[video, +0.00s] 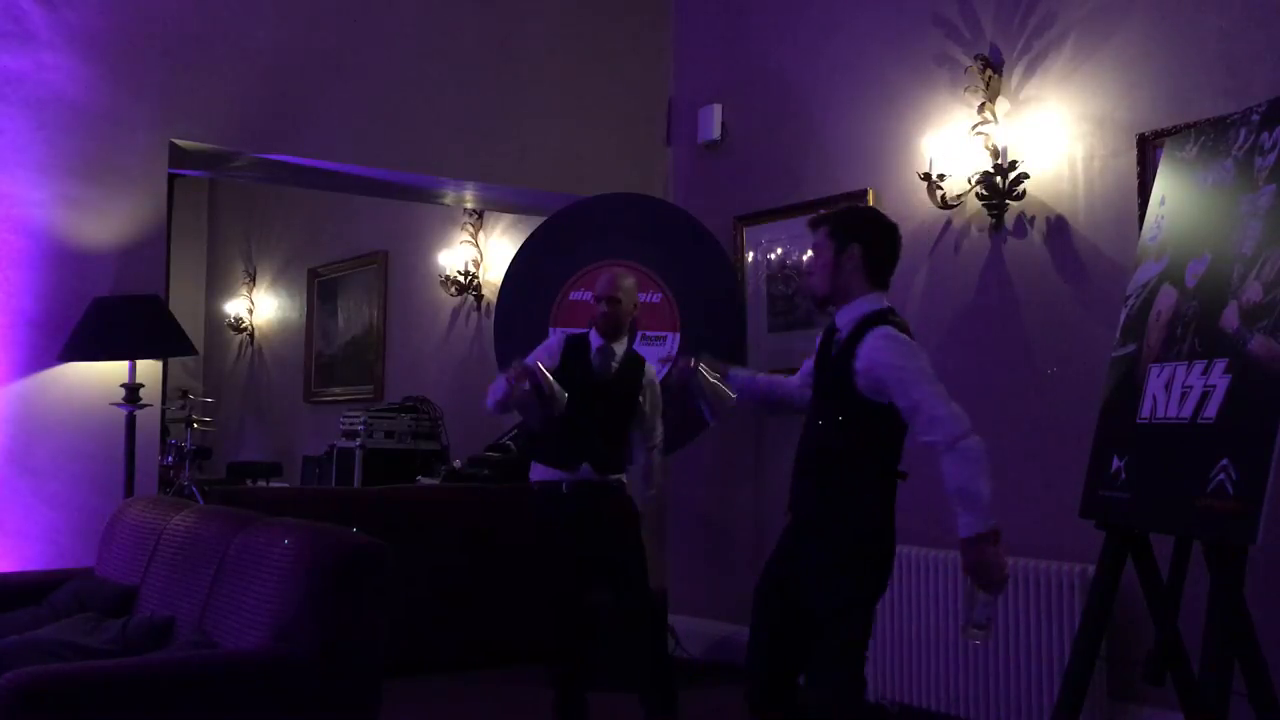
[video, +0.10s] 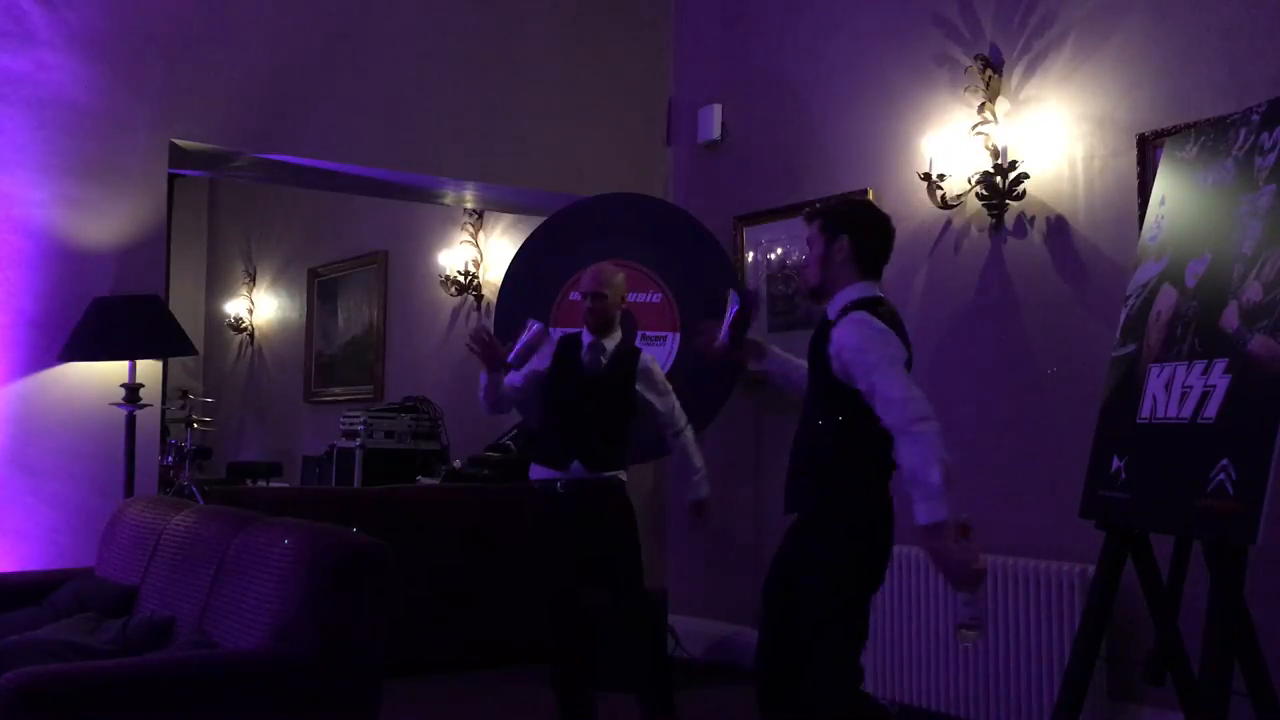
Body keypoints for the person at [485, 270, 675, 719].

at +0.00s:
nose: (603, 309)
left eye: (613, 302)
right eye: (599, 300)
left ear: (634, 309)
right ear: (590, 304)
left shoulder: (644, 373)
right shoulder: (559, 347)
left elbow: (651, 446)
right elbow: (495, 403)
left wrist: (649, 504)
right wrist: (514, 380)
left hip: (611, 497)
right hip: (553, 492)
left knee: (632, 600)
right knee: (561, 604)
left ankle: (650, 702)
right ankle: (567, 700)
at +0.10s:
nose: (590, 305)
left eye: (600, 297)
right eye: (585, 297)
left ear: (621, 303)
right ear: (578, 302)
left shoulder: (637, 364)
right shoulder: (554, 350)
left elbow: (677, 425)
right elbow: (498, 404)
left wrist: (698, 486)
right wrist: (494, 369)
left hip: (607, 498)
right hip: (550, 496)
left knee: (623, 603)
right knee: (559, 607)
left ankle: (645, 699)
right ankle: (570, 701)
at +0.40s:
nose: (563, 302)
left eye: (572, 293)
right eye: (557, 294)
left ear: (596, 294)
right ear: (553, 297)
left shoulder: (619, 345)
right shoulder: (550, 351)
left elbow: (658, 402)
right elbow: (536, 410)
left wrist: (684, 465)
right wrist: (511, 431)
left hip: (609, 490)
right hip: (558, 491)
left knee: (621, 598)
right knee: (563, 600)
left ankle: (647, 698)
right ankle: (573, 698)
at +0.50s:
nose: (555, 304)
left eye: (563, 295)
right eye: (550, 296)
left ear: (589, 293)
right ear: (549, 297)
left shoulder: (616, 348)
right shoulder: (556, 353)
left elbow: (624, 427)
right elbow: (553, 429)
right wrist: (523, 480)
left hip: (604, 490)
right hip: (562, 491)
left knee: (620, 599)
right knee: (563, 600)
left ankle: (653, 700)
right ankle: (574, 701)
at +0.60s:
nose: (554, 305)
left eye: (562, 297)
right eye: (550, 297)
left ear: (590, 295)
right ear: (554, 297)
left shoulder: (614, 353)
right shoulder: (568, 349)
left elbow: (593, 435)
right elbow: (564, 421)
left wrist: (545, 496)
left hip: (609, 493)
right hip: (572, 489)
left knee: (620, 604)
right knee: (569, 605)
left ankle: (657, 702)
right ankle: (575, 702)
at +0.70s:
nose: (559, 303)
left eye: (566, 295)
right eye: (557, 295)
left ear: (593, 296)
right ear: (574, 297)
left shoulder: (616, 353)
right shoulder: (583, 348)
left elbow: (584, 429)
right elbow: (570, 423)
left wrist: (512, 457)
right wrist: (518, 458)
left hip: (609, 495)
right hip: (579, 492)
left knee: (613, 605)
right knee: (574, 604)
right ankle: (577, 701)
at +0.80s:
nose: (571, 298)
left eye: (578, 290)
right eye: (570, 290)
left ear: (602, 293)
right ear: (591, 291)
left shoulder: (625, 351)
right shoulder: (594, 345)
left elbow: (578, 418)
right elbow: (578, 415)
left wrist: (506, 401)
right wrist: (511, 407)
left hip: (613, 495)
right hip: (586, 492)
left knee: (614, 604)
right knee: (582, 603)